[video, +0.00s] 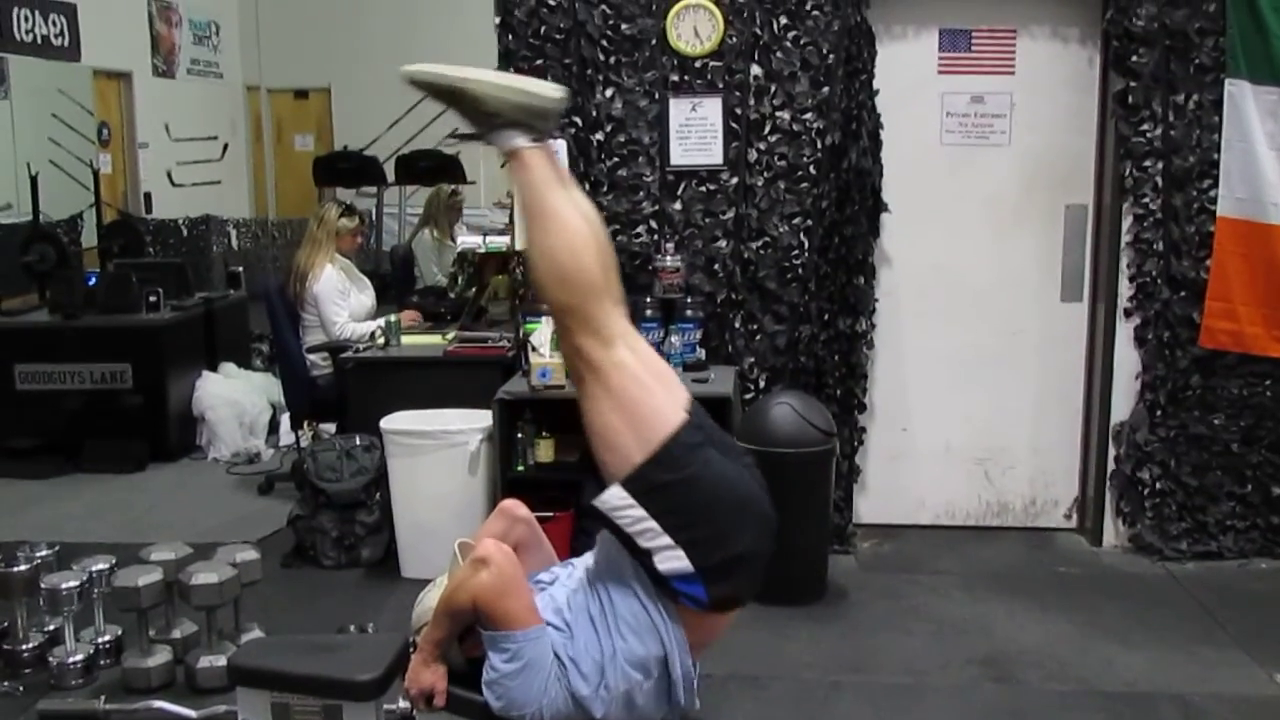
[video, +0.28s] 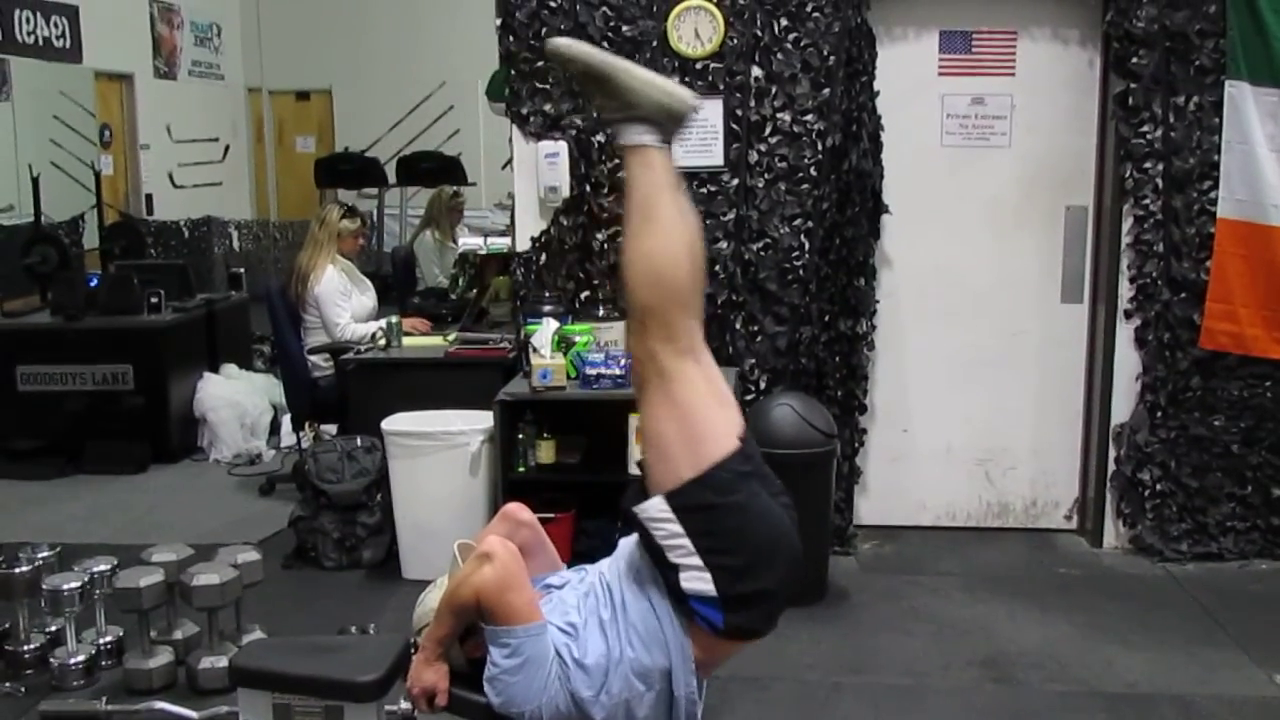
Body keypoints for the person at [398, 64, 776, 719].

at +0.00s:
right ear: (476, 639)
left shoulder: (555, 606)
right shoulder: (529, 683)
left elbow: (514, 517)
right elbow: (488, 565)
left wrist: (440, 635)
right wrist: (435, 644)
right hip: (706, 556)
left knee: (600, 334)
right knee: (593, 338)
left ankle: (540, 146)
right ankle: (520, 142)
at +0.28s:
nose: (478, 560)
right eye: (473, 581)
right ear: (475, 641)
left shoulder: (557, 608)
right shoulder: (526, 680)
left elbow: (517, 521)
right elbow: (492, 559)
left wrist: (452, 614)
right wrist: (436, 645)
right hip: (720, 578)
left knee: (673, 346)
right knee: (664, 350)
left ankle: (647, 139)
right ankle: (641, 131)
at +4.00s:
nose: (459, 489)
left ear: (463, 550)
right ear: (465, 557)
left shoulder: (546, 537)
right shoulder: (520, 601)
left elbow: (509, 429)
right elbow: (478, 481)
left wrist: (454, 517)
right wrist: (423, 567)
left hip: (692, 417)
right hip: (678, 444)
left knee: (508, 283)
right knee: (490, 300)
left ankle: (409, 114)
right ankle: (381, 118)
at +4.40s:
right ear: (471, 567)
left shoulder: (549, 525)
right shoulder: (517, 595)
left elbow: (498, 436)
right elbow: (465, 484)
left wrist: (440, 514)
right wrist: (414, 572)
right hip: (686, 454)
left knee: (541, 260)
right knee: (530, 268)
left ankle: (450, 85)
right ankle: (438, 82)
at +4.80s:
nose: (471, 466)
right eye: (464, 474)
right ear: (474, 552)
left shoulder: (551, 521)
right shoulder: (514, 591)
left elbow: (508, 437)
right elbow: (474, 483)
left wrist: (453, 504)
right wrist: (421, 564)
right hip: (715, 496)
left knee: (647, 273)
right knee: (641, 273)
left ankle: (614, 60)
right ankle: (611, 58)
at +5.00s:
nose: (466, 474)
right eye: (463, 478)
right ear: (468, 542)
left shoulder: (555, 533)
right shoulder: (513, 591)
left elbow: (507, 437)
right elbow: (477, 482)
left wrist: (453, 500)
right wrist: (422, 564)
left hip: (744, 499)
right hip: (729, 514)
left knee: (707, 280)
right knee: (696, 282)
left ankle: (717, 72)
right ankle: (716, 70)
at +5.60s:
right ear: (477, 561)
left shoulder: (552, 526)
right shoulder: (519, 589)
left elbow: (504, 437)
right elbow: (476, 473)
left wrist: (447, 533)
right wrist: (422, 561)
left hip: (738, 528)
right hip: (750, 555)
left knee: (798, 325)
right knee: (798, 326)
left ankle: (886, 134)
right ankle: (892, 133)